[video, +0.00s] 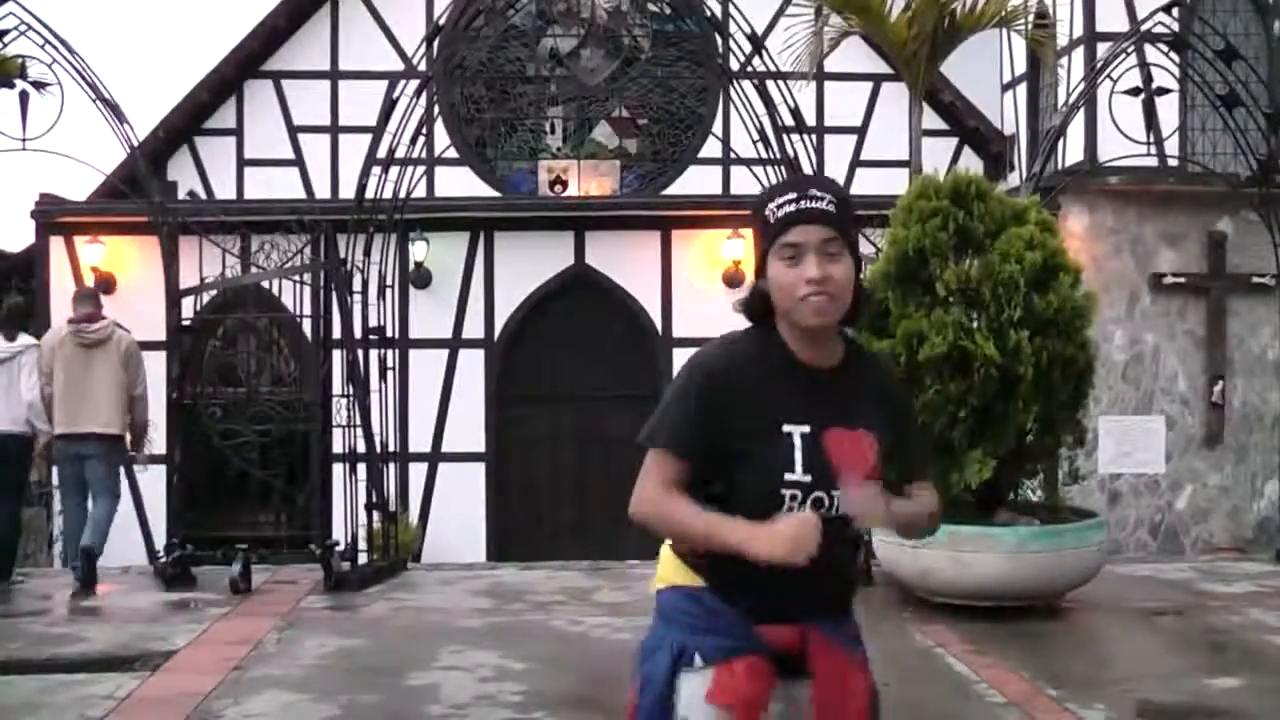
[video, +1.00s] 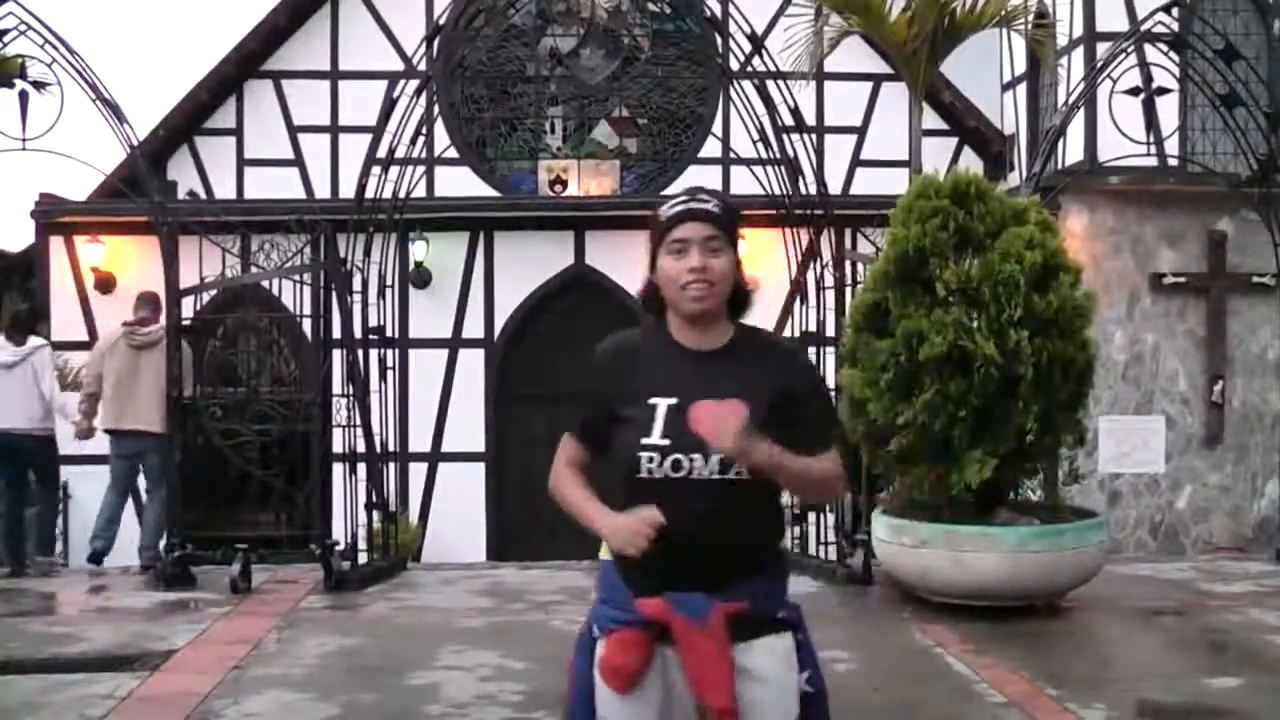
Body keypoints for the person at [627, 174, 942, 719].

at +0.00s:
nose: (815, 272)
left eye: (832, 253)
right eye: (793, 257)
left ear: (855, 267)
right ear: (764, 275)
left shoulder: (874, 380)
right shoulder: (718, 372)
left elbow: (926, 507)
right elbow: (648, 500)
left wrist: (888, 510)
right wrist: (754, 536)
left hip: (822, 607)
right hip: (713, 602)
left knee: (851, 702)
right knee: (727, 693)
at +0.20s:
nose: (822, 264)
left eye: (838, 248)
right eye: (801, 249)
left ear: (862, 264)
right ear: (775, 268)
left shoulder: (886, 380)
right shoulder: (729, 355)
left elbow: (942, 498)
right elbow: (666, 477)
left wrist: (905, 524)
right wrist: (764, 453)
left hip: (832, 617)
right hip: (722, 609)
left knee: (870, 709)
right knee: (716, 703)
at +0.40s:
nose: (818, 262)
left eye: (835, 246)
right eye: (799, 248)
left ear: (858, 265)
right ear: (773, 269)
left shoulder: (885, 375)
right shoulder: (728, 351)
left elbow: (934, 510)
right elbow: (655, 468)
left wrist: (892, 459)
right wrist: (727, 538)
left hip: (832, 615)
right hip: (719, 611)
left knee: (856, 708)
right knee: (703, 707)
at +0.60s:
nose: (796, 263)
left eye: (814, 247)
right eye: (778, 248)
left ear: (838, 267)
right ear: (753, 268)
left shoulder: (874, 377)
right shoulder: (708, 350)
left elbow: (928, 493)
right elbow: (638, 459)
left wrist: (846, 530)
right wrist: (702, 464)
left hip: (813, 608)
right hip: (700, 604)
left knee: (830, 708)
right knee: (682, 707)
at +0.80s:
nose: (760, 259)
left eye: (777, 244)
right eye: (742, 245)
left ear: (801, 260)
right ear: (719, 263)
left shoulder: (836, 363)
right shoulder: (681, 346)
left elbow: (910, 475)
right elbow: (613, 461)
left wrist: (832, 475)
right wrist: (693, 445)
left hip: (793, 602)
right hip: (676, 600)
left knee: (827, 707)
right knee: (632, 709)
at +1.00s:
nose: (697, 265)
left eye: (713, 249)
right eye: (679, 252)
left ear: (737, 266)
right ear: (656, 271)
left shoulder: (781, 362)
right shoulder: (620, 359)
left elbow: (833, 479)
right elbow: (562, 471)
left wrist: (758, 452)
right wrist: (608, 523)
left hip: (750, 615)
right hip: (635, 614)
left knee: (775, 708)